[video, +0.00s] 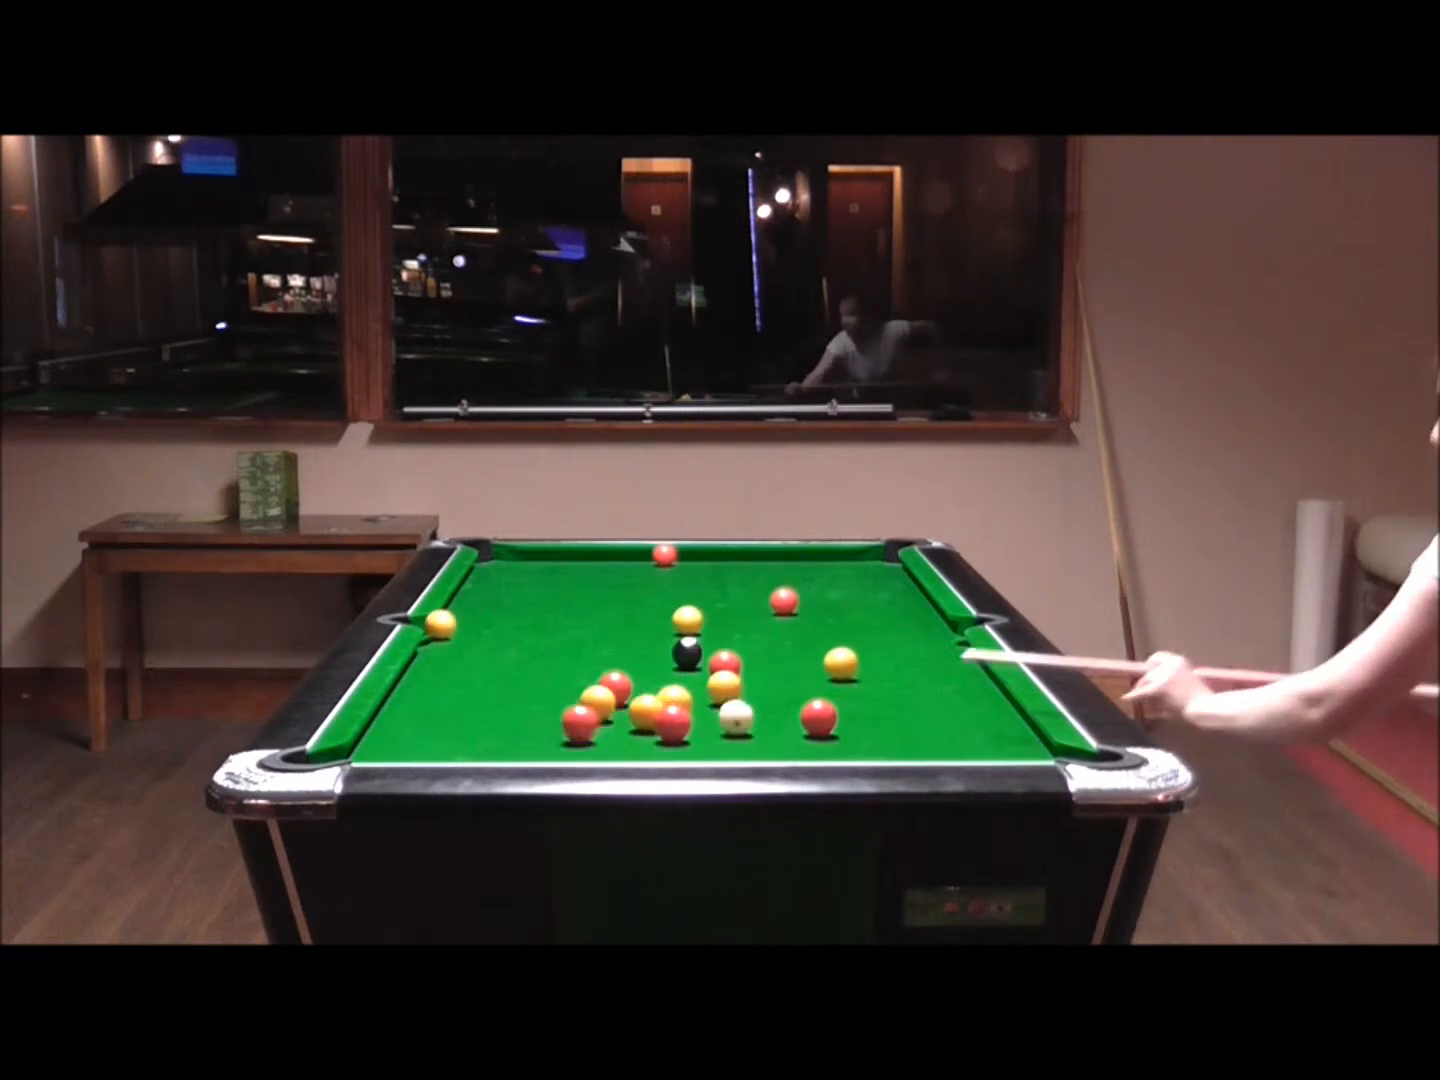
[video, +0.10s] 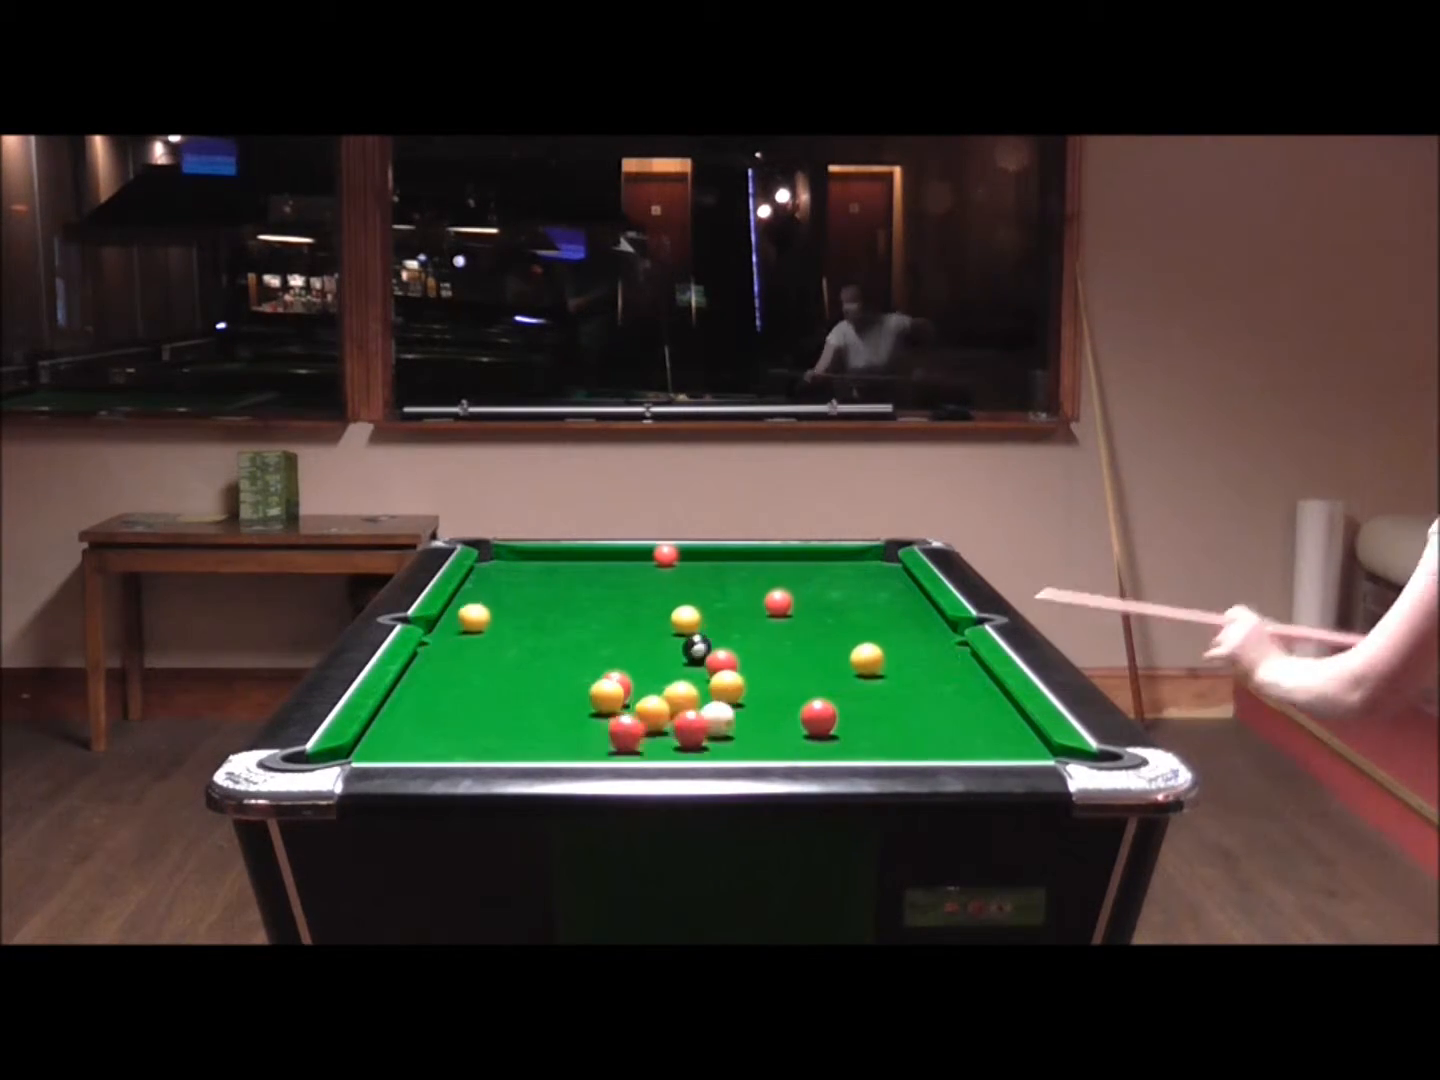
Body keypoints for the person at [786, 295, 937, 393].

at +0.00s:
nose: (845, 321)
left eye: (851, 315)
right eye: (843, 316)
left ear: (866, 317)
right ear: (841, 317)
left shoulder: (892, 332)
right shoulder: (841, 343)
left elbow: (928, 329)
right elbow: (819, 373)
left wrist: (939, 368)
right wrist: (802, 389)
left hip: (893, 391)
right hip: (857, 395)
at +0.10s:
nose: (847, 310)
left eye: (853, 304)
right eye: (844, 304)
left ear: (866, 304)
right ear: (842, 306)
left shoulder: (892, 323)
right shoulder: (841, 332)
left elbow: (926, 329)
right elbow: (822, 369)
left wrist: (923, 368)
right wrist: (814, 376)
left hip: (889, 382)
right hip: (853, 384)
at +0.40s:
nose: (850, 290)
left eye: (856, 285)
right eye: (849, 285)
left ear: (872, 287)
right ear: (847, 288)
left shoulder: (897, 313)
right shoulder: (842, 318)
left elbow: (926, 337)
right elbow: (831, 358)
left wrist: (909, 369)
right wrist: (838, 378)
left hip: (889, 390)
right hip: (854, 393)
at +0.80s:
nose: (846, 289)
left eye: (852, 284)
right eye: (846, 284)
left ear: (868, 285)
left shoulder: (889, 312)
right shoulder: (846, 313)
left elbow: (918, 345)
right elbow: (845, 355)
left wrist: (893, 370)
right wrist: (842, 388)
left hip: (882, 391)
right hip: (853, 390)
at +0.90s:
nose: (837, 293)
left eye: (841, 288)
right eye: (835, 289)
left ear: (854, 287)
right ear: (834, 290)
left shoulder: (875, 310)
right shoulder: (834, 314)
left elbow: (906, 343)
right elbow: (835, 356)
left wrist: (883, 367)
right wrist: (833, 390)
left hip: (873, 391)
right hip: (843, 391)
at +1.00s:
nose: (826, 291)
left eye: (831, 285)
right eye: (824, 286)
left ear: (843, 286)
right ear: (821, 288)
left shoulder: (861, 310)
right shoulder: (823, 314)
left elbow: (895, 342)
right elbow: (825, 357)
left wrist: (870, 365)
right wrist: (823, 390)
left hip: (861, 392)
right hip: (832, 391)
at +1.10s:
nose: (804, 288)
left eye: (809, 282)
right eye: (802, 283)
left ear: (822, 284)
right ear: (801, 286)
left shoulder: (838, 309)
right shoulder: (803, 313)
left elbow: (871, 343)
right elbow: (806, 357)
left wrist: (847, 362)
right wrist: (804, 391)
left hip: (841, 389)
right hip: (814, 389)